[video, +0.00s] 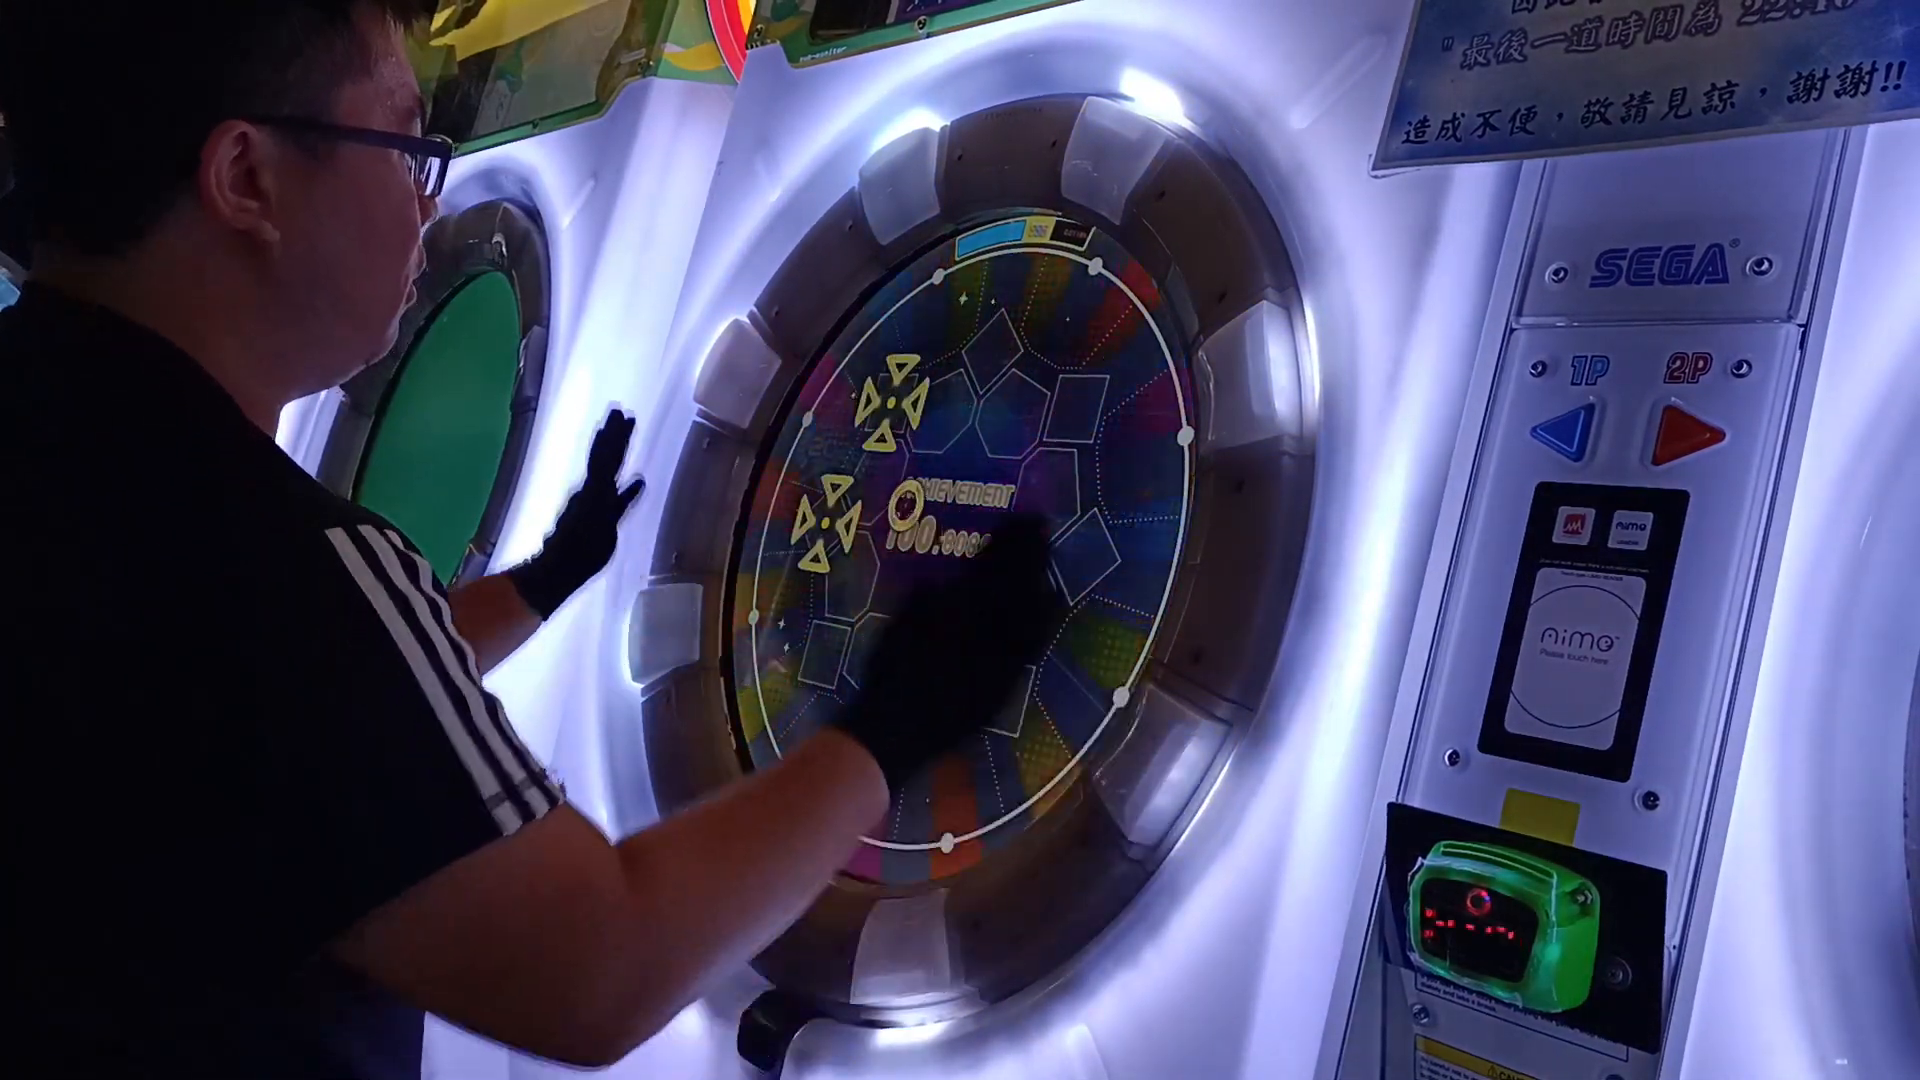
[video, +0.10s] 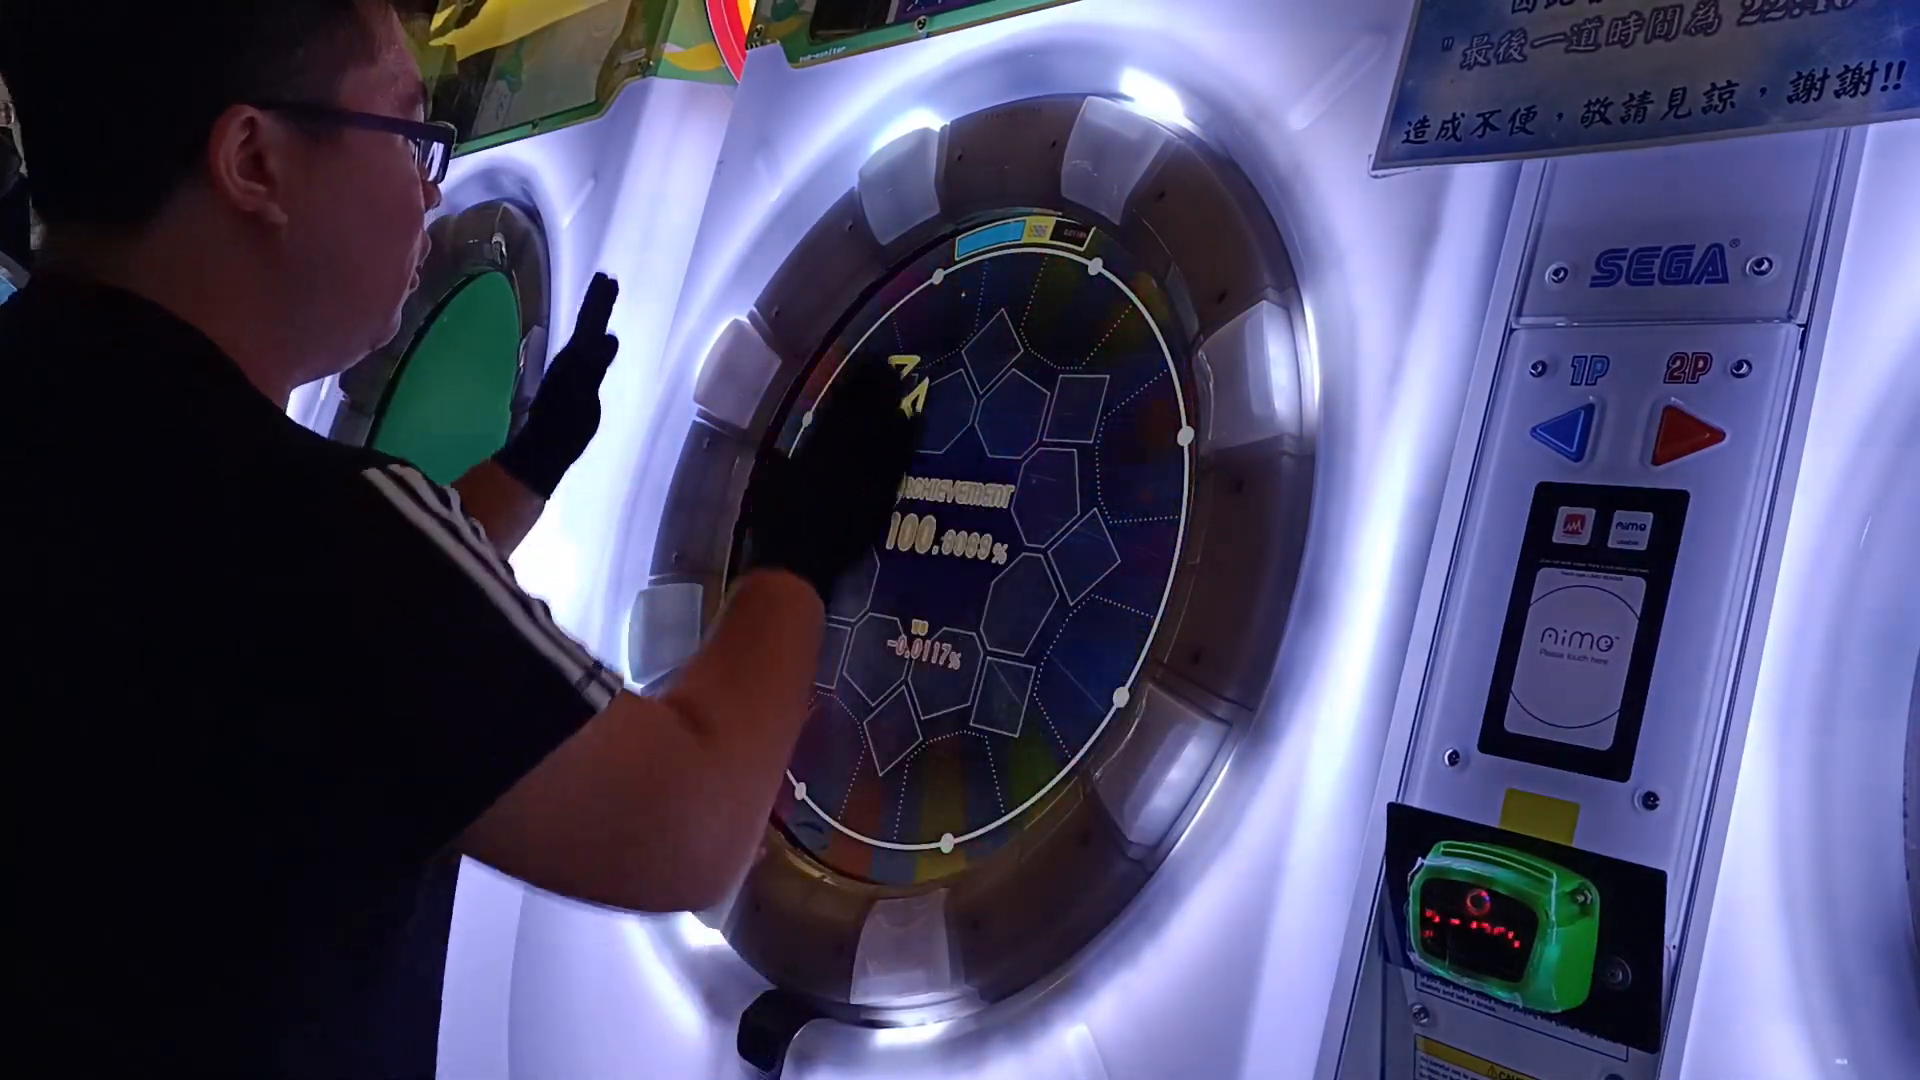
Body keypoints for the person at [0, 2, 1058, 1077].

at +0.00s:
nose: (433, 201)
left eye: (426, 149)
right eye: (408, 148)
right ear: (244, 184)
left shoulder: (29, 418)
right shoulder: (270, 568)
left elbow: (269, 736)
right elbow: (595, 974)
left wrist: (541, 579)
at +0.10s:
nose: (429, 186)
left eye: (419, 138)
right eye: (408, 132)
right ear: (253, 166)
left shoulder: (24, 406)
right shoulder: (315, 534)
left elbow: (292, 707)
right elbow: (684, 833)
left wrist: (527, 464)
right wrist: (798, 559)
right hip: (293, 1044)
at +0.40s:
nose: (453, 221)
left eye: (445, 172)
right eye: (429, 168)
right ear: (264, 181)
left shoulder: (26, 418)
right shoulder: (332, 532)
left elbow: (327, 703)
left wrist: (574, 506)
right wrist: (836, 627)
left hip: (59, 1041)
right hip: (319, 1055)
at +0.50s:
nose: (458, 219)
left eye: (451, 166)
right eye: (430, 163)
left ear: (251, 178)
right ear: (254, 173)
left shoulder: (53, 402)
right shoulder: (269, 494)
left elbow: (305, 711)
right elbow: (456, 991)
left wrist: (558, 570)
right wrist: (860, 855)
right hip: (265, 1052)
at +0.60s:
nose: (462, 209)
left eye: (451, 159)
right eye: (430, 153)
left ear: (249, 158)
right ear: (250, 155)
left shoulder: (63, 388)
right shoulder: (262, 476)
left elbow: (304, 722)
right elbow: (292, 1009)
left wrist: (580, 628)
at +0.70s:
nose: (458, 185)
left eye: (446, 131)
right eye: (429, 124)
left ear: (244, 138)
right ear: (243, 136)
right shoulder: (212, 438)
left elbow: (316, 723)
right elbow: (157, 1004)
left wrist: (577, 650)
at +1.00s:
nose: (348, 59)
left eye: (321, 22)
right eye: (298, 13)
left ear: (103, 60)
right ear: (96, 57)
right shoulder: (119, 435)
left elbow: (303, 731)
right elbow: (166, 1052)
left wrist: (578, 704)